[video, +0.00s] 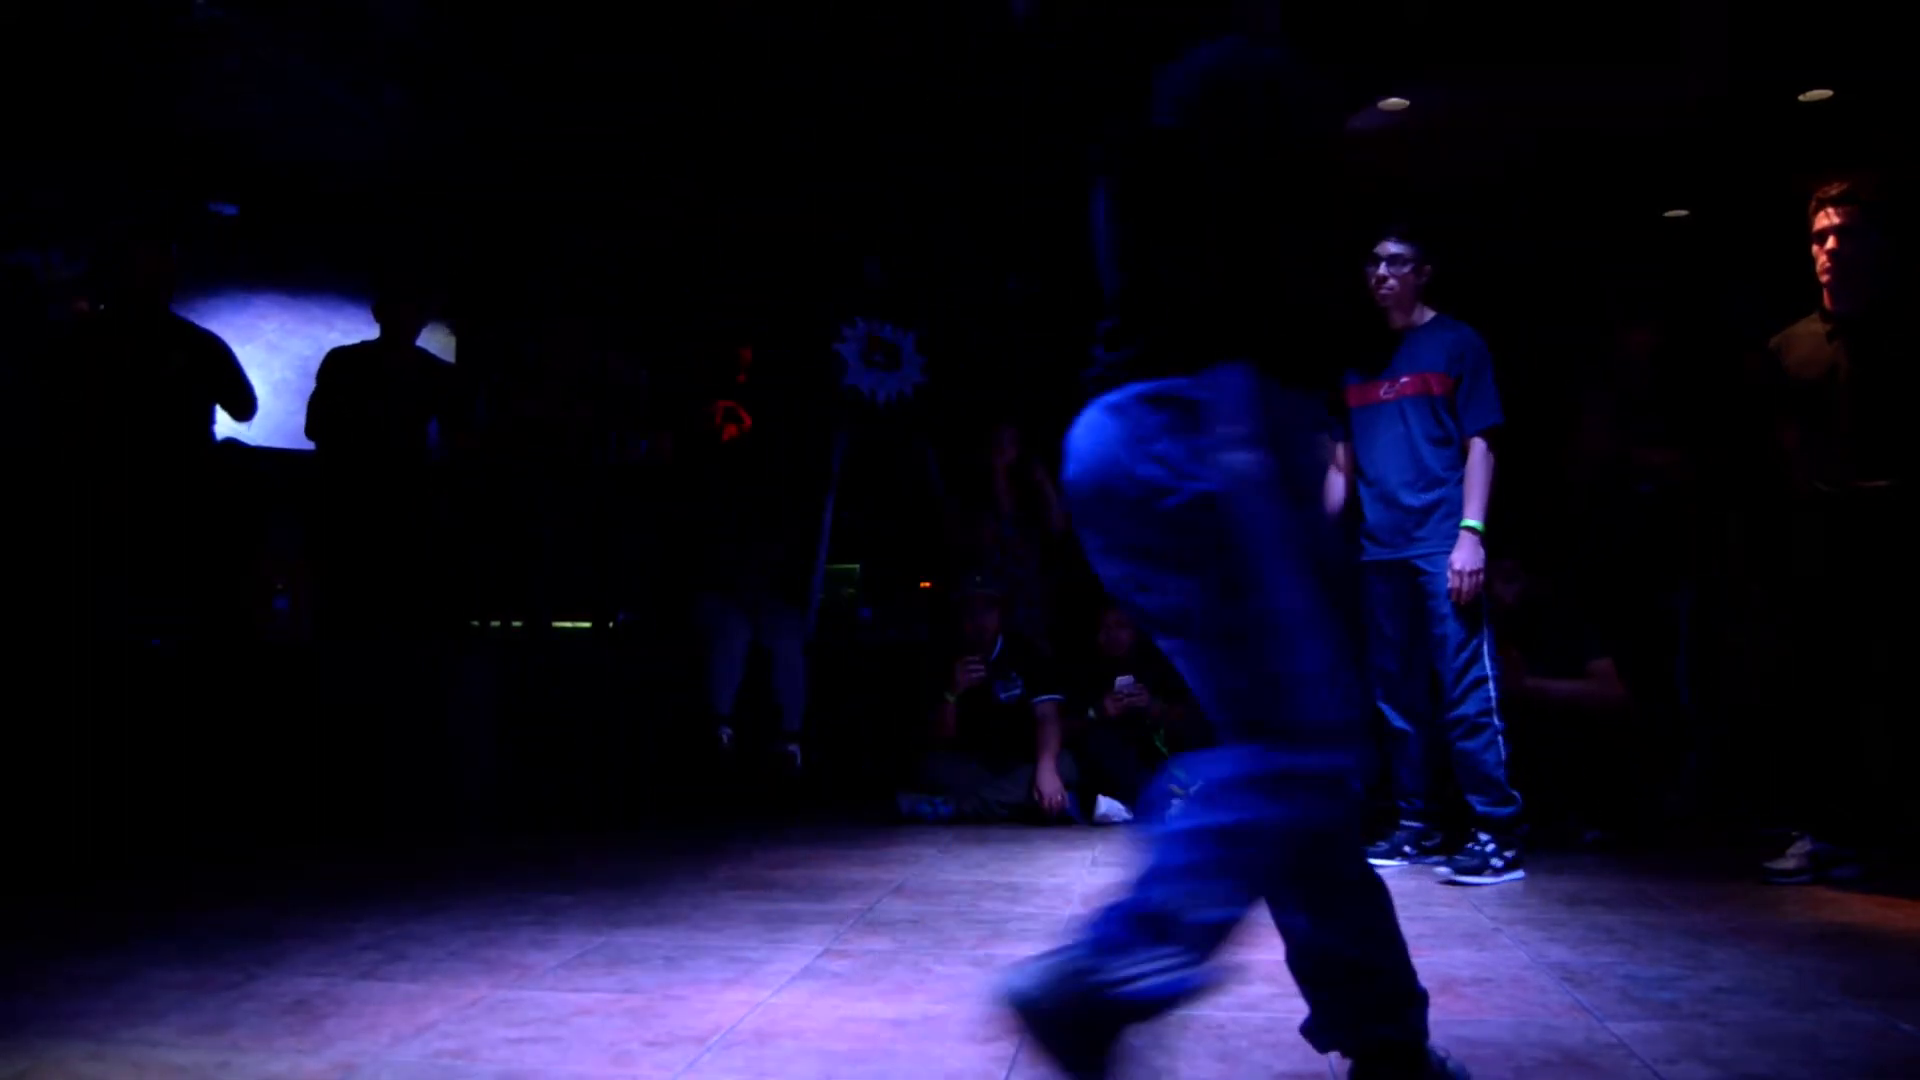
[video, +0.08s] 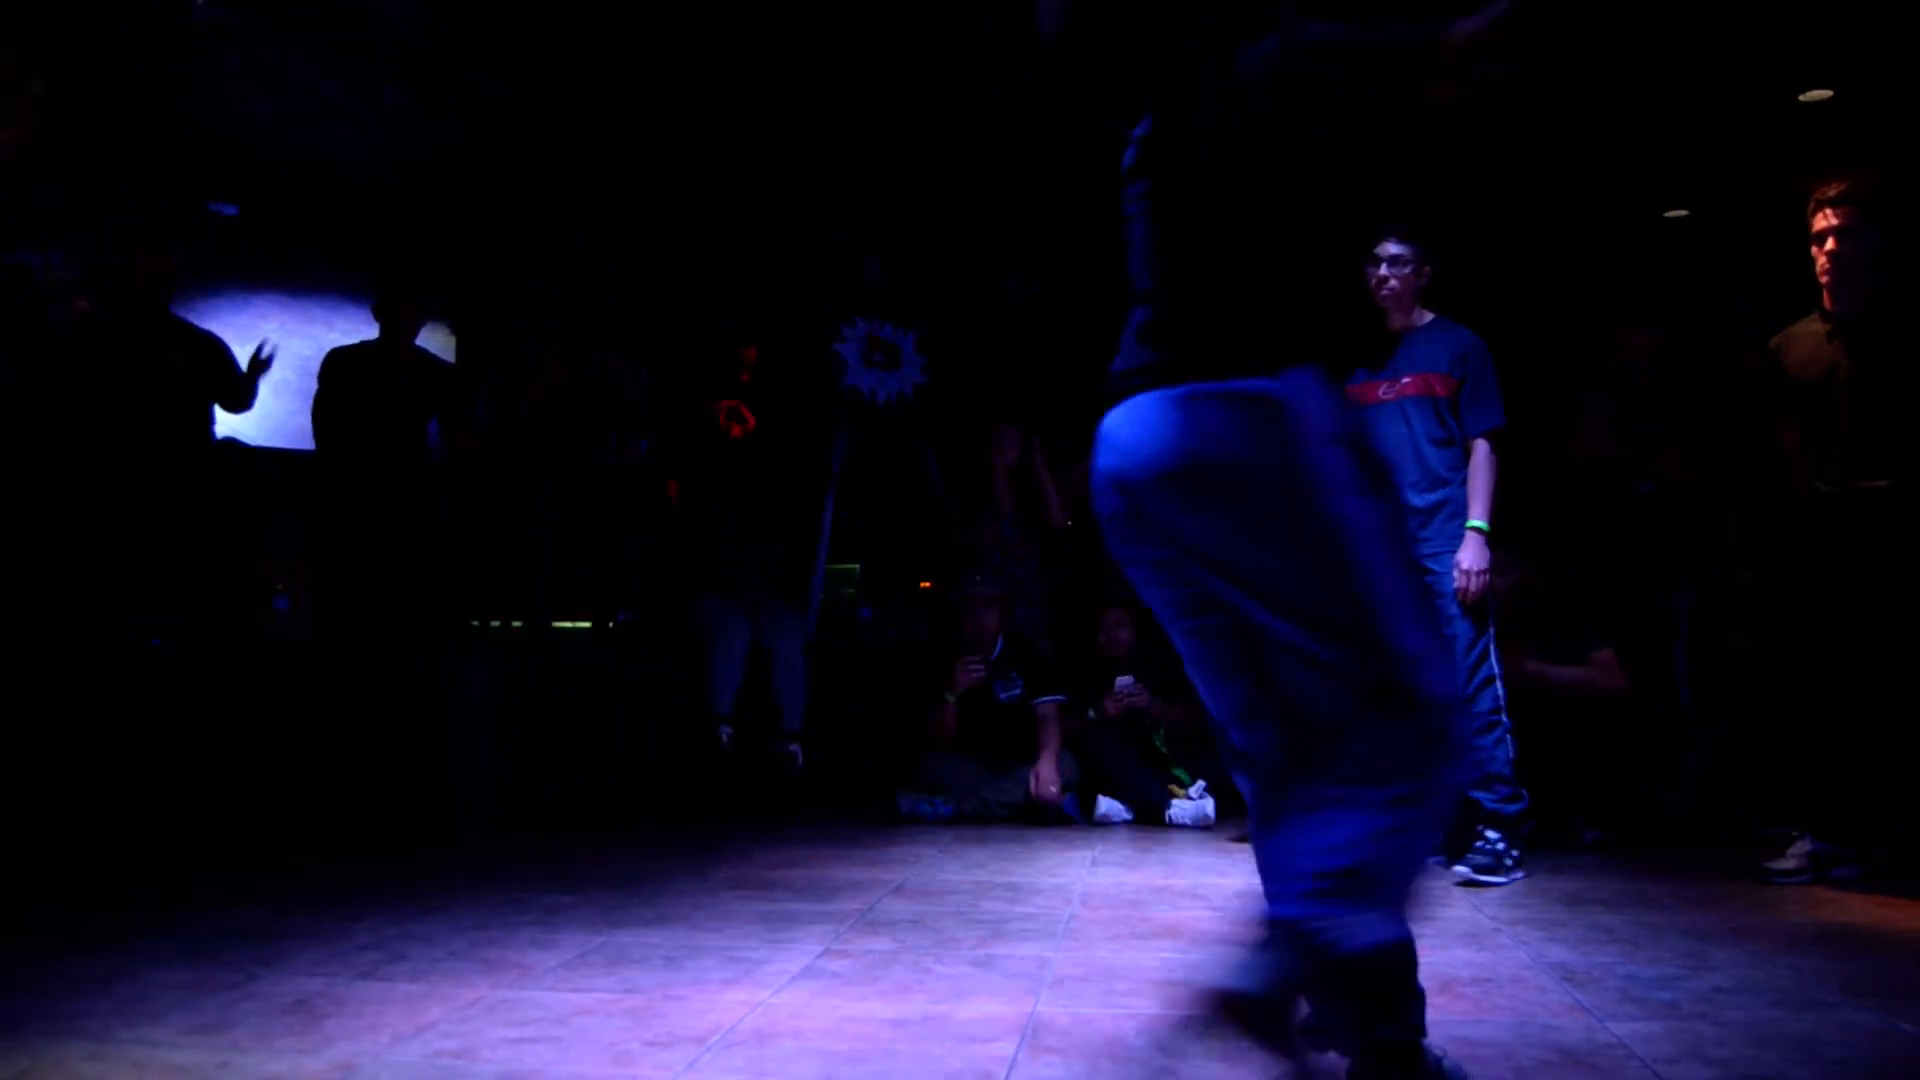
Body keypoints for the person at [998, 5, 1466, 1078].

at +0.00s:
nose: (1399, 277)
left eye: (1408, 259)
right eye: (1389, 259)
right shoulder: (1262, 104)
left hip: (1134, 433)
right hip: (1195, 436)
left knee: (1282, 754)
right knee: (1314, 747)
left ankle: (1384, 1039)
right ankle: (1091, 984)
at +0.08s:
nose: (1398, 284)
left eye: (1410, 268)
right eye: (1384, 267)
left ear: (1439, 278)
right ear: (1353, 271)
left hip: (1140, 422)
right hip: (1256, 410)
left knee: (1272, 732)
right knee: (1411, 711)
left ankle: (1371, 1023)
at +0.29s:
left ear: (1230, 59)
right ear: (1327, 47)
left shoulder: (1196, 148)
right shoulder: (1396, 117)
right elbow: (1466, 251)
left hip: (1232, 429)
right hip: (1384, 420)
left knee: (1301, 721)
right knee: (1455, 698)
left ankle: (1379, 1019)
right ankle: (1513, 981)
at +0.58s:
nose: (1248, 132)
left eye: (1250, 118)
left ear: (1265, 129)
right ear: (1380, 109)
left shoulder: (1243, 203)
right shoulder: (1429, 190)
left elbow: (1105, 233)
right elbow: (1518, 204)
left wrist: (1136, 207)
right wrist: (1527, 164)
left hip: (1293, 470)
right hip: (1427, 460)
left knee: (1292, 702)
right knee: (1437, 705)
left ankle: (1383, 895)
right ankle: (1462, 955)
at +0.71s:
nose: (1226, 136)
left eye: (1231, 119)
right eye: (1230, 119)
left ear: (1252, 125)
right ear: (1339, 120)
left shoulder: (1229, 212)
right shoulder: (1396, 205)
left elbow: (1098, 291)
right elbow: (1494, 264)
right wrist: (1586, 286)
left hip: (1280, 463)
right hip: (1404, 456)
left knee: (1239, 683)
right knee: (1424, 699)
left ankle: (1304, 886)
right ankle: (1461, 947)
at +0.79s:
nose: (1205, 159)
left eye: (1213, 138)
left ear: (1230, 144)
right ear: (1321, 136)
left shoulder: (1212, 231)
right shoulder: (1368, 227)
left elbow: (1105, 328)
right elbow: (1463, 322)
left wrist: (967, 412)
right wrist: (1521, 366)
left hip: (1257, 491)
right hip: (1375, 479)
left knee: (1223, 693)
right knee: (1416, 697)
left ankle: (1224, 899)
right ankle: (1458, 945)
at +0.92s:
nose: (1150, 204)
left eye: (1156, 186)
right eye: (1154, 185)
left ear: (1178, 186)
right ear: (1254, 175)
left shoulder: (1170, 274)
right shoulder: (1324, 265)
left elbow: (1106, 385)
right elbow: (1379, 385)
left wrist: (1003, 494)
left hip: (1219, 508)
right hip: (1330, 498)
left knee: (1191, 709)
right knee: (1371, 703)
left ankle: (1184, 899)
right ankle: (1460, 939)